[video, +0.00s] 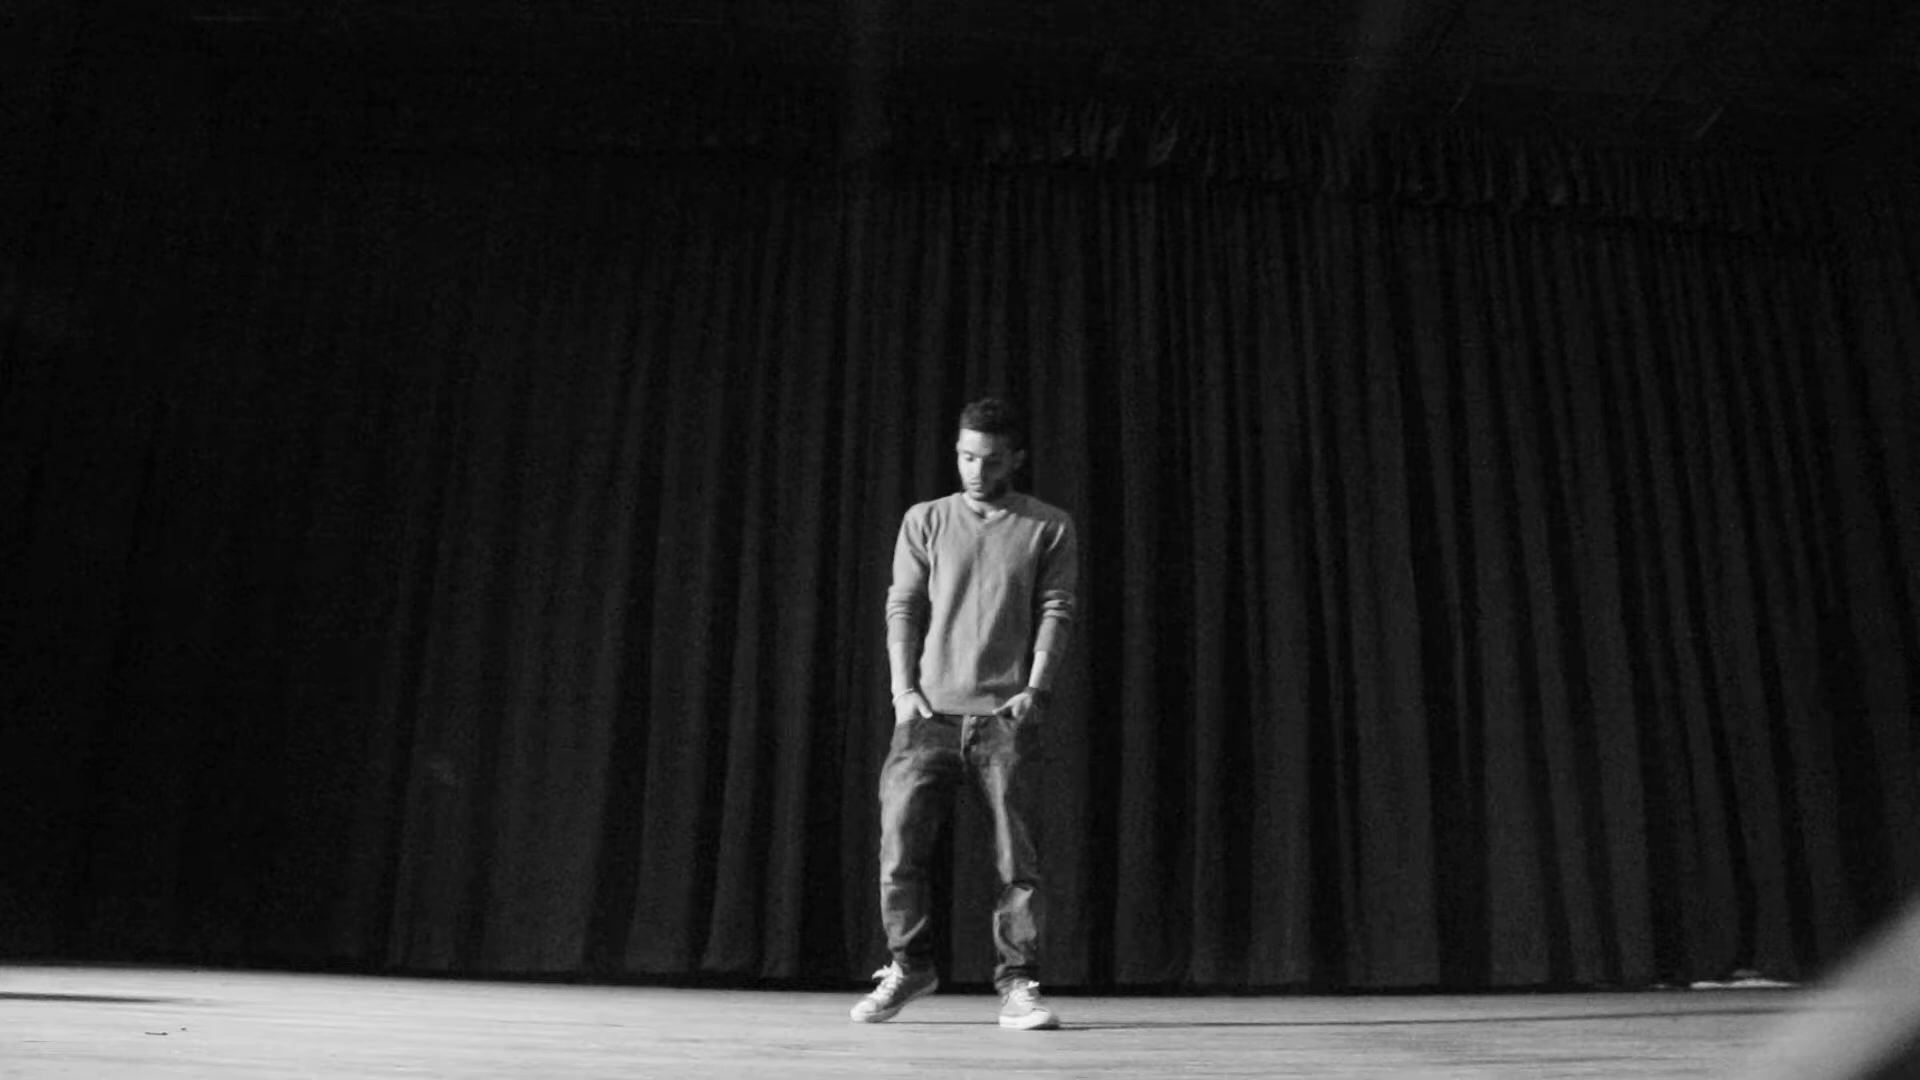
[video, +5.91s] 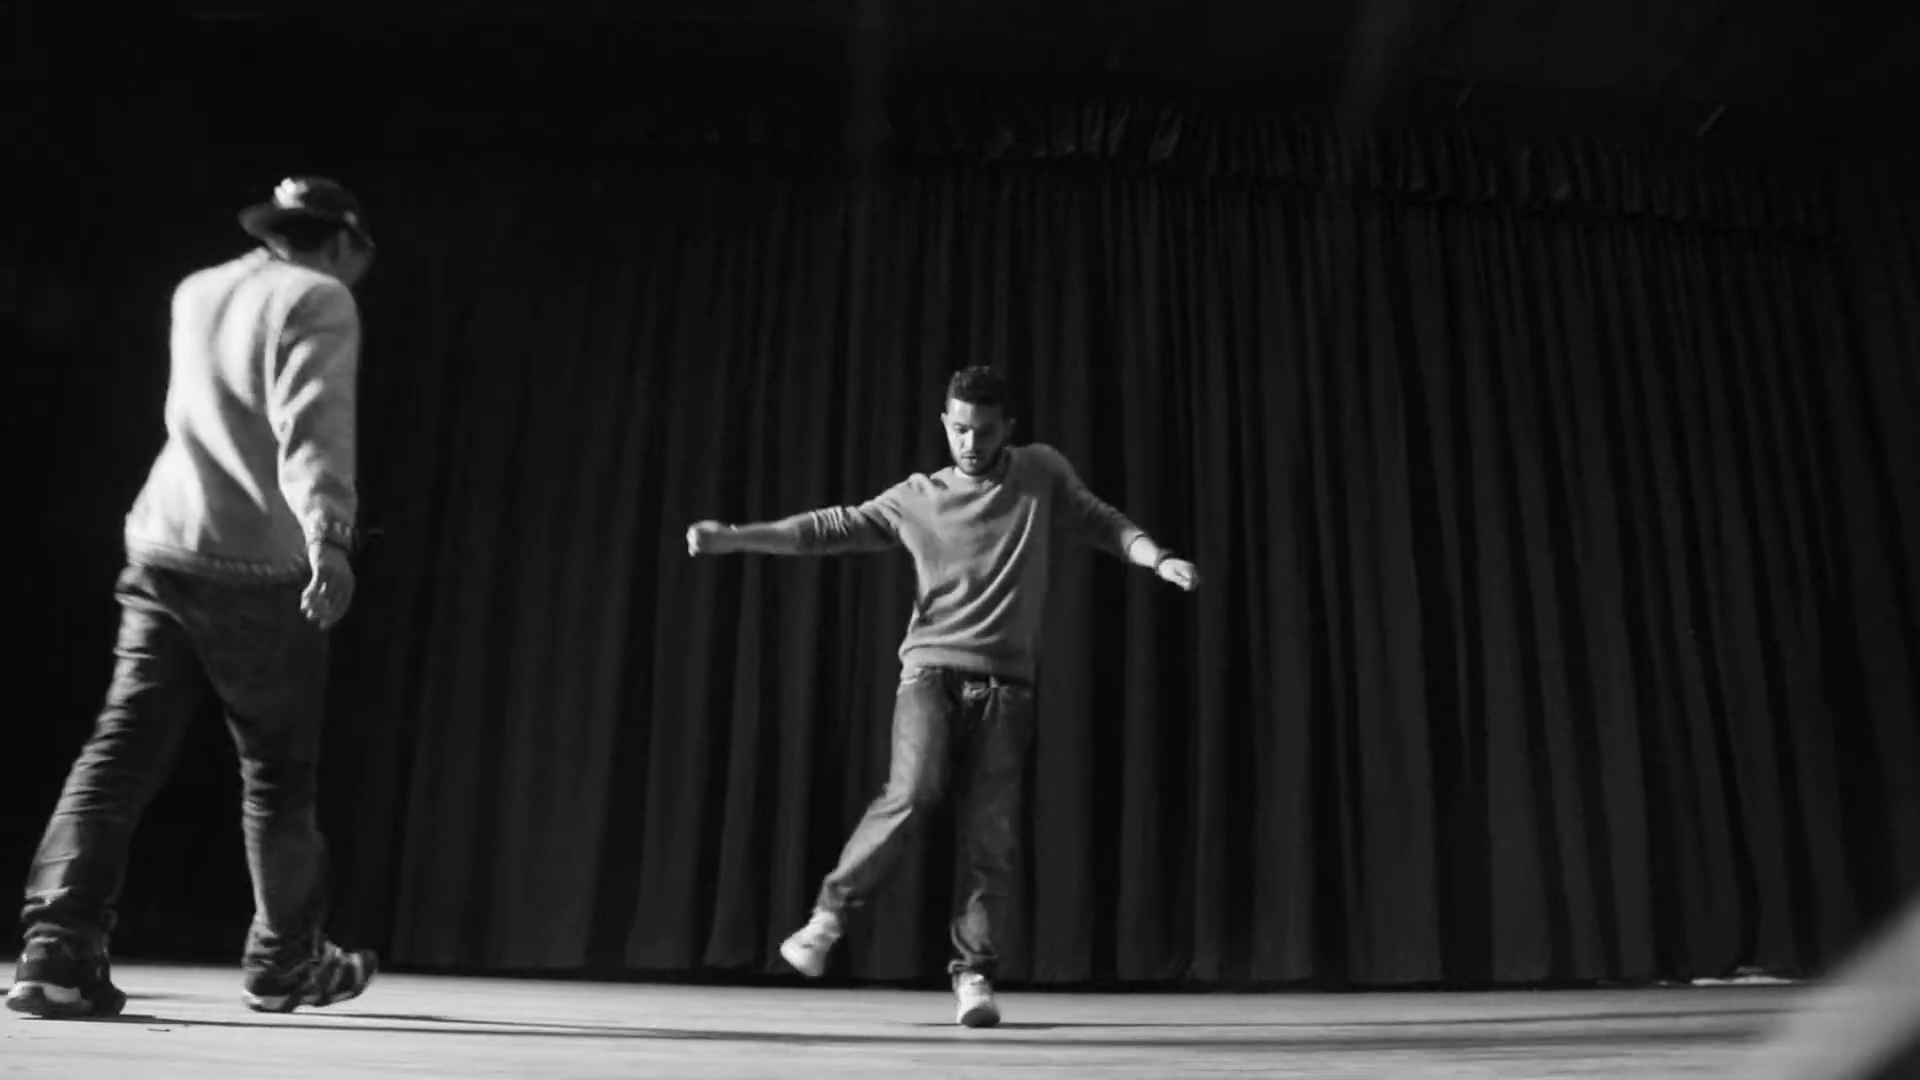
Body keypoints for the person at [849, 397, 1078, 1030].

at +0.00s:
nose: (978, 470)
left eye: (992, 459)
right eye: (969, 457)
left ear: (1016, 459)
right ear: (955, 453)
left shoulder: (1049, 528)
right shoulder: (923, 521)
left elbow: (1056, 613)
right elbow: (903, 609)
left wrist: (1034, 692)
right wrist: (902, 690)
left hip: (1004, 718)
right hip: (926, 717)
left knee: (1016, 855)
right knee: (899, 838)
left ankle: (1017, 984)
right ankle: (908, 967)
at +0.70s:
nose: (901, 489)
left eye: (912, 476)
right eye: (889, 476)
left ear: (936, 459)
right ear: (872, 460)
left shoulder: (978, 506)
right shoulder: (844, 512)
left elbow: (1008, 592)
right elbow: (817, 597)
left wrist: (1007, 658)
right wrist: (832, 668)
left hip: (964, 708)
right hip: (878, 708)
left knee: (991, 854)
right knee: (858, 855)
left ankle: (1015, 987)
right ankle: (842, 985)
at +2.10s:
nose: (939, 499)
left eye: (951, 489)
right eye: (928, 486)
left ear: (972, 470)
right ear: (910, 462)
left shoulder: (1006, 499)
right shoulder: (874, 500)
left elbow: (1046, 582)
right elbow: (831, 586)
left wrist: (1078, 658)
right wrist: (798, 674)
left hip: (983, 707)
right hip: (899, 705)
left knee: (1008, 856)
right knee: (872, 856)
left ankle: (1030, 988)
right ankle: (849, 983)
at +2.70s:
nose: (935, 514)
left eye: (946, 504)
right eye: (923, 503)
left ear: (969, 478)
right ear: (904, 480)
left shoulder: (1009, 492)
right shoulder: (873, 493)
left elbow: (1089, 535)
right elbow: (801, 533)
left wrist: (1140, 601)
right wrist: (733, 596)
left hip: (986, 708)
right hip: (902, 707)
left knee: (1010, 856)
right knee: (875, 854)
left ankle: (1031, 991)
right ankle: (849, 985)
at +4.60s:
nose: (978, 457)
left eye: (991, 444)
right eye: (967, 443)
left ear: (1011, 437)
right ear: (946, 430)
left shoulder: (1040, 490)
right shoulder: (907, 486)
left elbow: (1122, 516)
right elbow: (822, 497)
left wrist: (1206, 529)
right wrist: (733, 500)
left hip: (1008, 690)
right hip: (925, 689)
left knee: (1022, 846)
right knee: (912, 840)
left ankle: (1020, 982)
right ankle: (894, 979)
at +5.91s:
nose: (969, 444)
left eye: (982, 430)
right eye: (958, 430)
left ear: (1005, 426)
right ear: (944, 425)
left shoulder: (1042, 472)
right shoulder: (916, 498)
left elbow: (1102, 523)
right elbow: (826, 526)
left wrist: (1157, 558)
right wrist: (733, 537)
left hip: (1007, 677)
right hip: (932, 668)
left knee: (993, 833)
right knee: (914, 795)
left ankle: (973, 974)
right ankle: (830, 918)